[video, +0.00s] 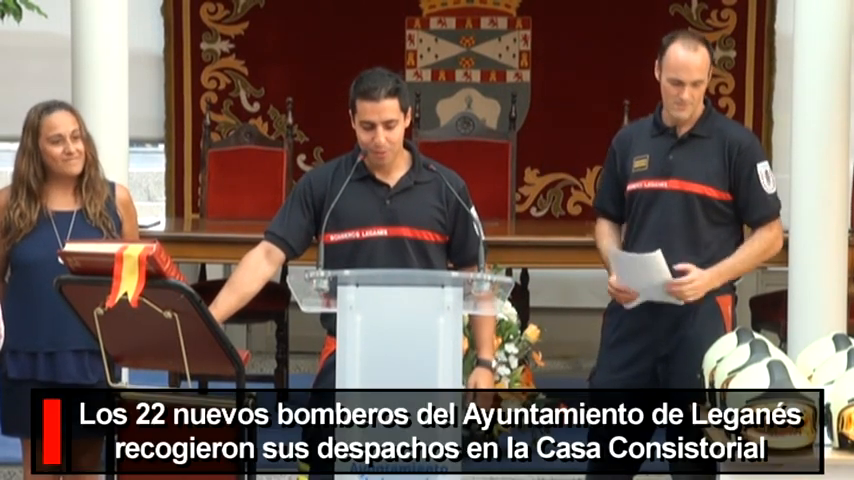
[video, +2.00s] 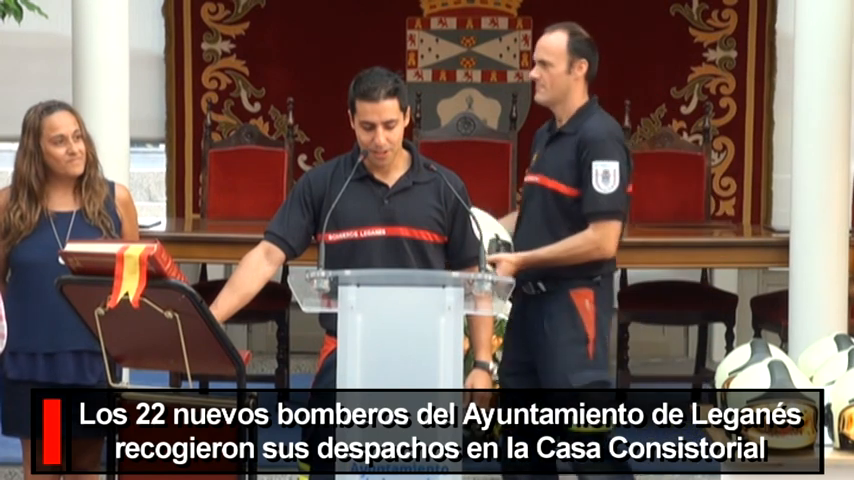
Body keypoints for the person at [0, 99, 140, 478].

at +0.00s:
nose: (72, 147)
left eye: (77, 136)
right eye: (57, 140)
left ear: (86, 140)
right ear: (36, 149)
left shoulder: (116, 199)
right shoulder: (10, 203)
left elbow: (134, 277)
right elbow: (1, 280)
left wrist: (128, 346)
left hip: (93, 360)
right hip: (28, 359)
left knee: (88, 466)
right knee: (40, 467)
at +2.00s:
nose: (74, 148)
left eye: (78, 136)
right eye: (60, 141)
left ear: (86, 139)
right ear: (36, 150)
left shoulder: (116, 199)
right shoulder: (10, 204)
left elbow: (133, 279)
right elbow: (2, 280)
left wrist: (127, 350)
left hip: (93, 362)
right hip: (29, 362)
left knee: (87, 467)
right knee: (41, 469)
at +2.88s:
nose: (95, 151)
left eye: (94, 140)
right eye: (83, 143)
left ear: (97, 141)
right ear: (52, 151)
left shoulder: (112, 194)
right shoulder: (19, 202)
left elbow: (132, 269)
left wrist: (130, 340)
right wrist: (2, 349)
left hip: (100, 348)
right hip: (38, 350)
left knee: (102, 462)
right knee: (49, 465)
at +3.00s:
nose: (97, 152)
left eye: (97, 141)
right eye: (85, 143)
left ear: (100, 142)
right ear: (55, 149)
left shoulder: (114, 195)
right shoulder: (24, 199)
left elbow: (143, 270)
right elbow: (6, 281)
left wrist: (199, 301)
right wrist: (62, 329)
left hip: (109, 353)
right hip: (46, 355)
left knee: (108, 459)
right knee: (52, 464)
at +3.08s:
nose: (98, 151)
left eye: (98, 140)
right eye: (86, 144)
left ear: (102, 141)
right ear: (56, 151)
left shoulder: (117, 194)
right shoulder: (30, 200)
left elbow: (144, 257)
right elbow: (27, 281)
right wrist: (90, 306)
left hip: (111, 346)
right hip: (53, 349)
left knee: (110, 457)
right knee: (55, 462)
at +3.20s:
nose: (102, 148)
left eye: (102, 138)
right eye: (88, 142)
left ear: (107, 139)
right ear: (61, 150)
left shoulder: (124, 193)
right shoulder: (40, 200)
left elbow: (151, 258)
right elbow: (63, 279)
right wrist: (117, 318)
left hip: (118, 348)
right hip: (61, 349)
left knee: (113, 460)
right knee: (59, 464)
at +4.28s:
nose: (91, 146)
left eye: (97, 136)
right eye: (77, 139)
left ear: (106, 140)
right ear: (58, 149)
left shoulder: (138, 195)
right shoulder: (40, 201)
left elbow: (154, 267)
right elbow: (25, 279)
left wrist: (117, 276)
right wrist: (88, 281)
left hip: (121, 353)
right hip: (59, 352)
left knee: (114, 461)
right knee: (56, 465)